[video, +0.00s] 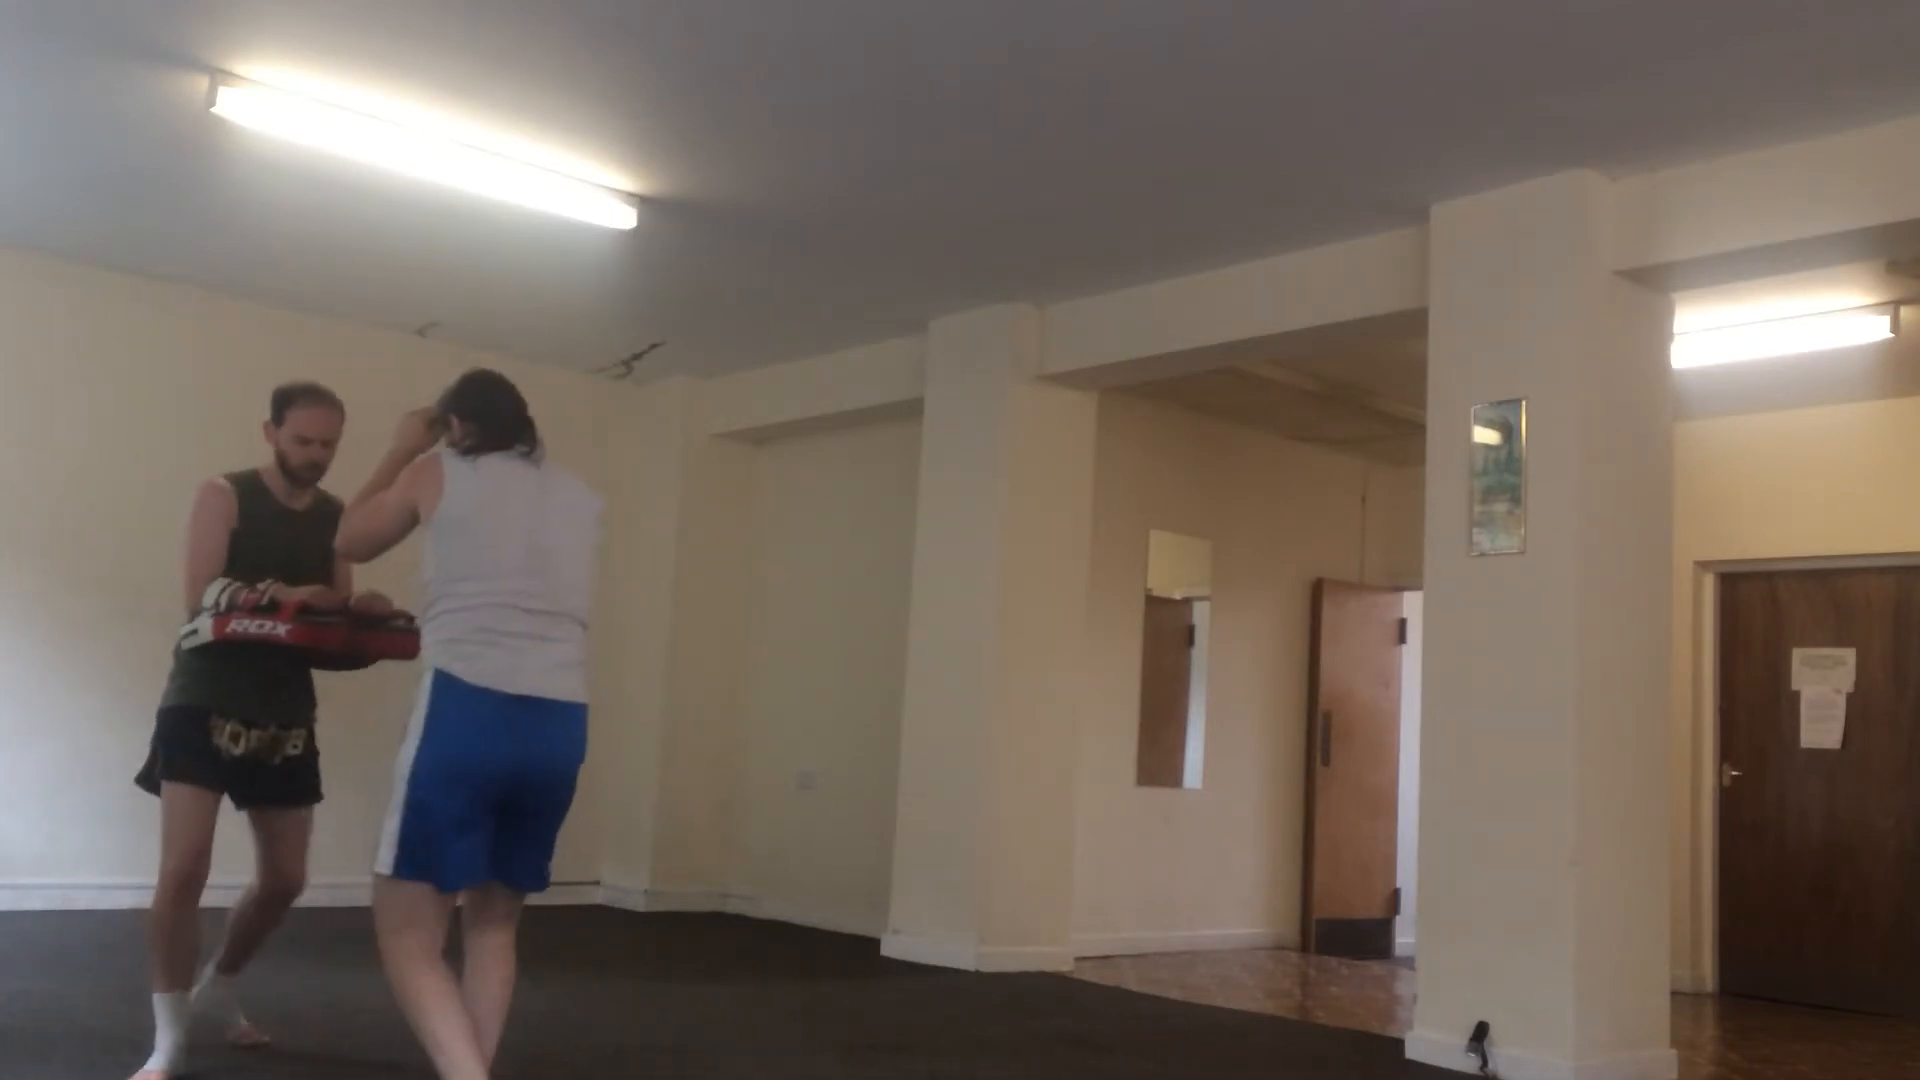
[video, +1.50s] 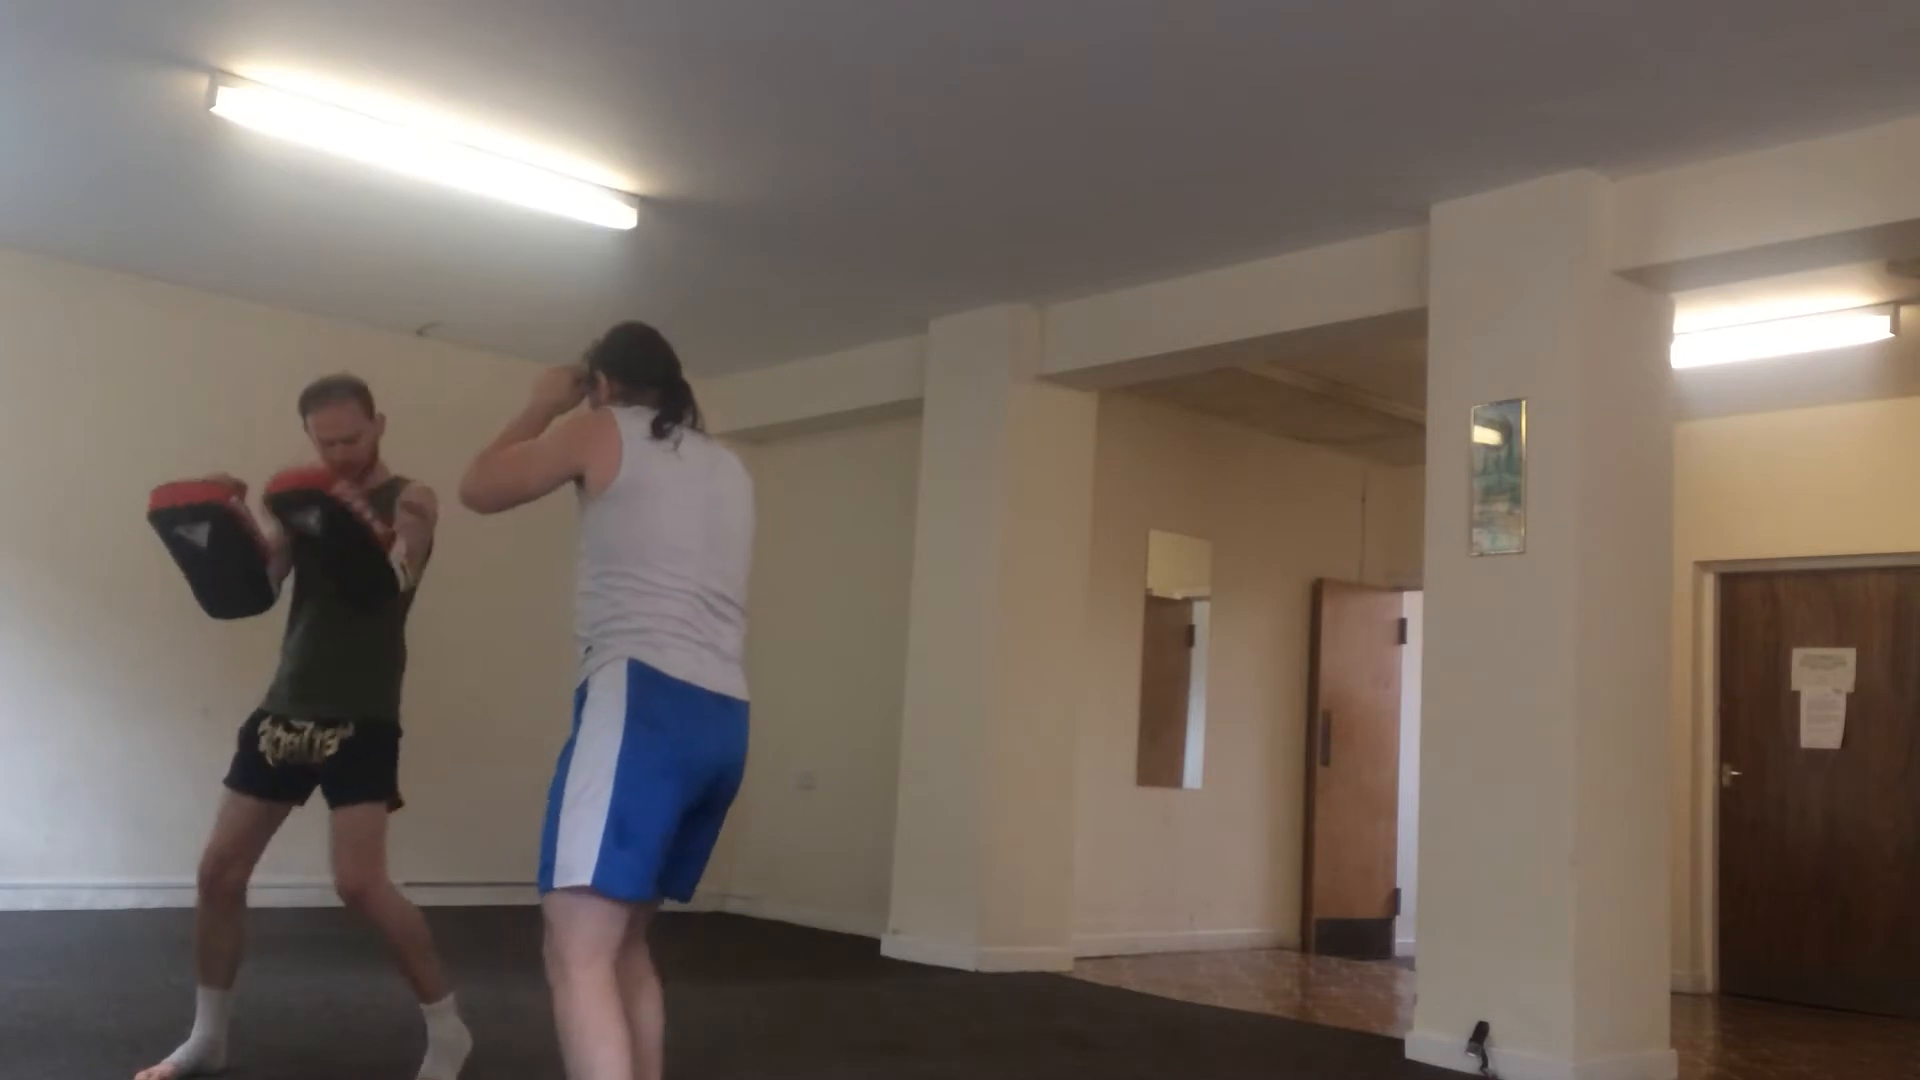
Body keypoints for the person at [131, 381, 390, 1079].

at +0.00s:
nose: (317, 455)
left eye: (329, 445)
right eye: (306, 441)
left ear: (337, 445)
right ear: (271, 432)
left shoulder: (334, 516)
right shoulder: (224, 497)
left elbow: (333, 615)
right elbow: (202, 597)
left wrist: (366, 612)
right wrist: (297, 597)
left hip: (284, 708)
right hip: (205, 702)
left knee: (285, 878)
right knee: (184, 869)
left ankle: (216, 989)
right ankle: (168, 1039)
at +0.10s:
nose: (320, 452)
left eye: (331, 442)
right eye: (309, 437)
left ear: (340, 441)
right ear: (272, 427)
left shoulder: (339, 512)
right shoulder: (222, 493)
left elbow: (339, 601)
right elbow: (198, 593)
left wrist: (379, 588)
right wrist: (295, 584)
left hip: (295, 712)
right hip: (208, 707)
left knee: (321, 880)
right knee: (182, 874)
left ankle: (258, 990)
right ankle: (169, 1040)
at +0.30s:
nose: (344, 456)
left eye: (356, 447)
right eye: (335, 440)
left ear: (364, 445)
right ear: (299, 425)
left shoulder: (362, 510)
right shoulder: (237, 493)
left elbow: (408, 587)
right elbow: (207, 603)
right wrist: (291, 570)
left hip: (323, 718)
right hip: (230, 713)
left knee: (367, 880)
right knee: (170, 879)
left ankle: (392, 1046)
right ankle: (174, 1043)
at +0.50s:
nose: (375, 455)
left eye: (388, 444)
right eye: (364, 440)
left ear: (405, 441)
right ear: (335, 431)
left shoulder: (403, 506)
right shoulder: (288, 499)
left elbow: (472, 583)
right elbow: (225, 585)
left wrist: (465, 498)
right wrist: (236, 625)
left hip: (386, 726)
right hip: (294, 722)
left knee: (427, 878)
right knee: (215, 886)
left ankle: (398, 1050)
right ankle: (151, 1027)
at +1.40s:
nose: (341, 454)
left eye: (353, 439)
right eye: (326, 442)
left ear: (380, 429)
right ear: (307, 441)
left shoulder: (413, 505)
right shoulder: (290, 499)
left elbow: (393, 580)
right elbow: (259, 581)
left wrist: (380, 506)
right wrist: (232, 528)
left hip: (369, 715)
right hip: (281, 711)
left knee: (388, 879)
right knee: (218, 874)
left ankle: (442, 1040)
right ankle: (207, 1040)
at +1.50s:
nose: (339, 456)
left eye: (349, 440)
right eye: (324, 445)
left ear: (378, 426)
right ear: (307, 440)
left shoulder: (411, 499)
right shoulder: (300, 502)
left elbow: (396, 581)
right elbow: (256, 585)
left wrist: (347, 513)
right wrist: (231, 521)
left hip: (363, 723)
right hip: (284, 715)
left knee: (361, 884)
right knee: (220, 872)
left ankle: (448, 1030)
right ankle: (208, 1038)